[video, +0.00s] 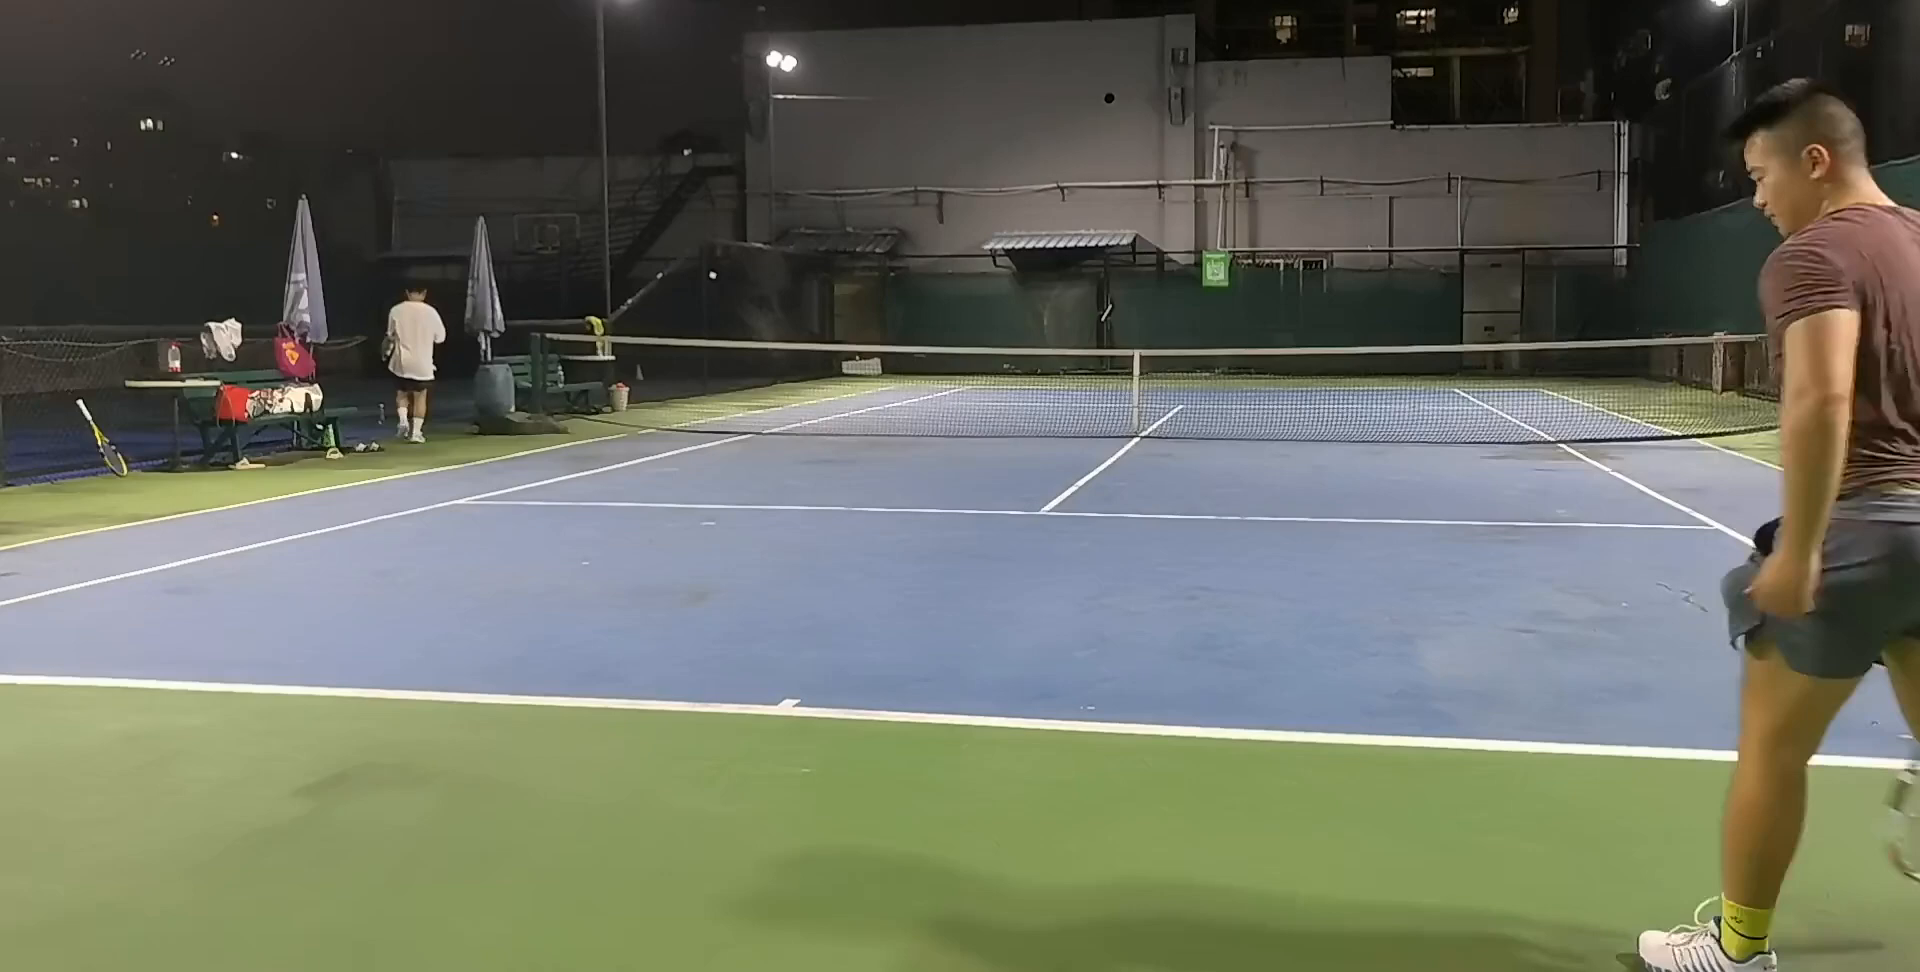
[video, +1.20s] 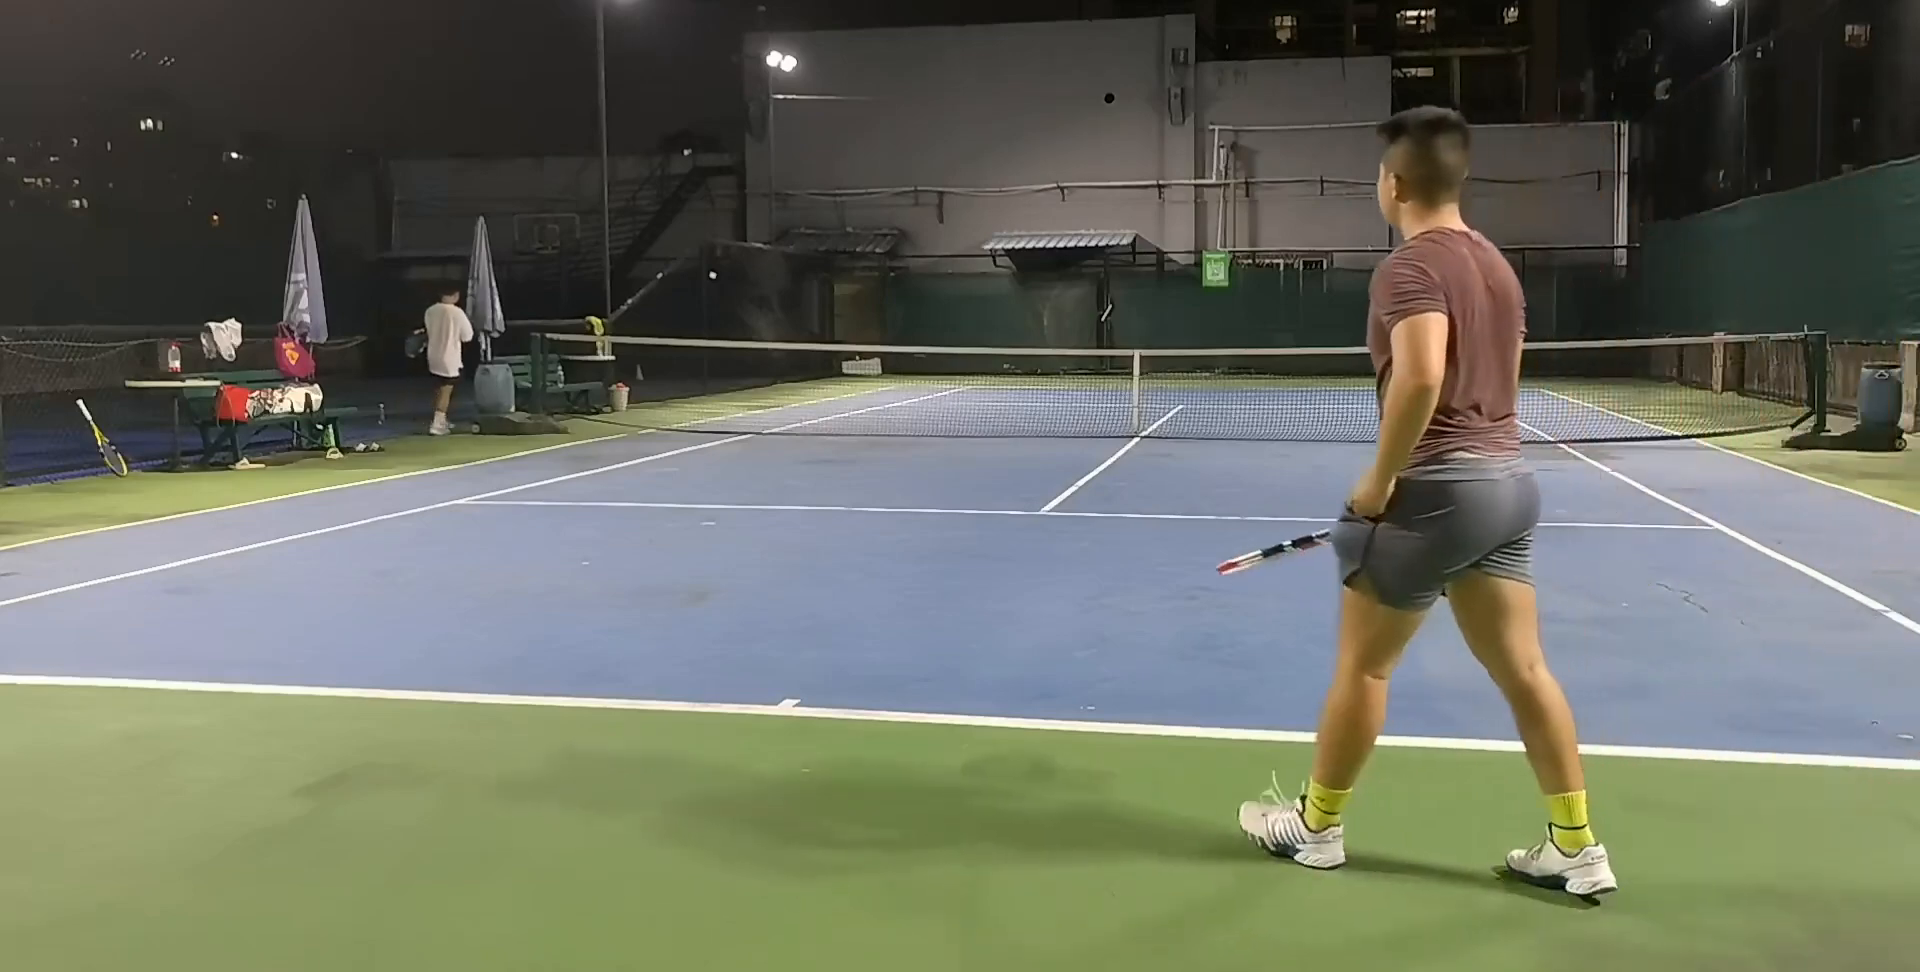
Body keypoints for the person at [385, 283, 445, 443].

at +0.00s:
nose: (421, 297)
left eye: (420, 294)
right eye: (422, 294)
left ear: (407, 293)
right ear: (424, 293)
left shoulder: (396, 310)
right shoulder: (430, 312)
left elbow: (390, 334)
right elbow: (440, 337)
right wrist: (425, 329)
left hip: (401, 363)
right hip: (423, 364)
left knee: (402, 393)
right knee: (420, 396)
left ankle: (403, 421)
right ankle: (416, 432)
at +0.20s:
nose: (421, 299)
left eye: (419, 295)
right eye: (423, 295)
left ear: (407, 294)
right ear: (424, 294)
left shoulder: (397, 312)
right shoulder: (431, 313)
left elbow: (391, 335)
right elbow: (441, 337)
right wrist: (426, 329)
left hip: (402, 363)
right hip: (423, 364)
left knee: (405, 395)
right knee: (420, 397)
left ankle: (407, 431)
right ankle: (416, 432)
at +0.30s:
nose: (420, 300)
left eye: (417, 296)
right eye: (422, 296)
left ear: (406, 296)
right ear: (423, 296)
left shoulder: (396, 314)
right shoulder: (430, 314)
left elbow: (391, 339)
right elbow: (442, 338)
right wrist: (426, 332)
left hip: (403, 366)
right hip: (424, 366)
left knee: (408, 395)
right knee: (422, 396)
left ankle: (409, 430)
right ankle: (418, 428)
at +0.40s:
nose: (420, 299)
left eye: (415, 296)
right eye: (421, 296)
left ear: (406, 296)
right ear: (422, 296)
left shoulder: (396, 314)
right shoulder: (430, 314)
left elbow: (393, 338)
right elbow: (441, 337)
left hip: (404, 365)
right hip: (425, 365)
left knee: (408, 393)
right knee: (426, 390)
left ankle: (410, 430)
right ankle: (420, 416)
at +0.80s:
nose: (438, 300)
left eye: (437, 297)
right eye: (437, 297)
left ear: (421, 297)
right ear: (434, 298)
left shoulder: (409, 313)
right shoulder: (439, 315)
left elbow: (406, 333)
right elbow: (448, 340)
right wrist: (433, 334)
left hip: (413, 362)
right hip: (434, 363)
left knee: (412, 394)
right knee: (436, 392)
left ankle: (410, 427)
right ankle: (435, 425)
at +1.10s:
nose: (453, 298)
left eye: (453, 295)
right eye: (453, 295)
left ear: (437, 294)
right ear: (451, 295)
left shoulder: (425, 311)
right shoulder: (454, 313)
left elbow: (423, 331)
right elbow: (463, 337)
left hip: (428, 360)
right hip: (447, 362)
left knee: (432, 387)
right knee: (444, 394)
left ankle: (426, 414)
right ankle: (437, 424)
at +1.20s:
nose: (458, 297)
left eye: (457, 295)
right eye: (458, 295)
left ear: (441, 295)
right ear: (455, 295)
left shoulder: (430, 311)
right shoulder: (457, 313)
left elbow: (429, 331)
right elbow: (467, 336)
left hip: (433, 358)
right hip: (450, 360)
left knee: (440, 389)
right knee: (445, 391)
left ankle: (440, 419)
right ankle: (438, 423)